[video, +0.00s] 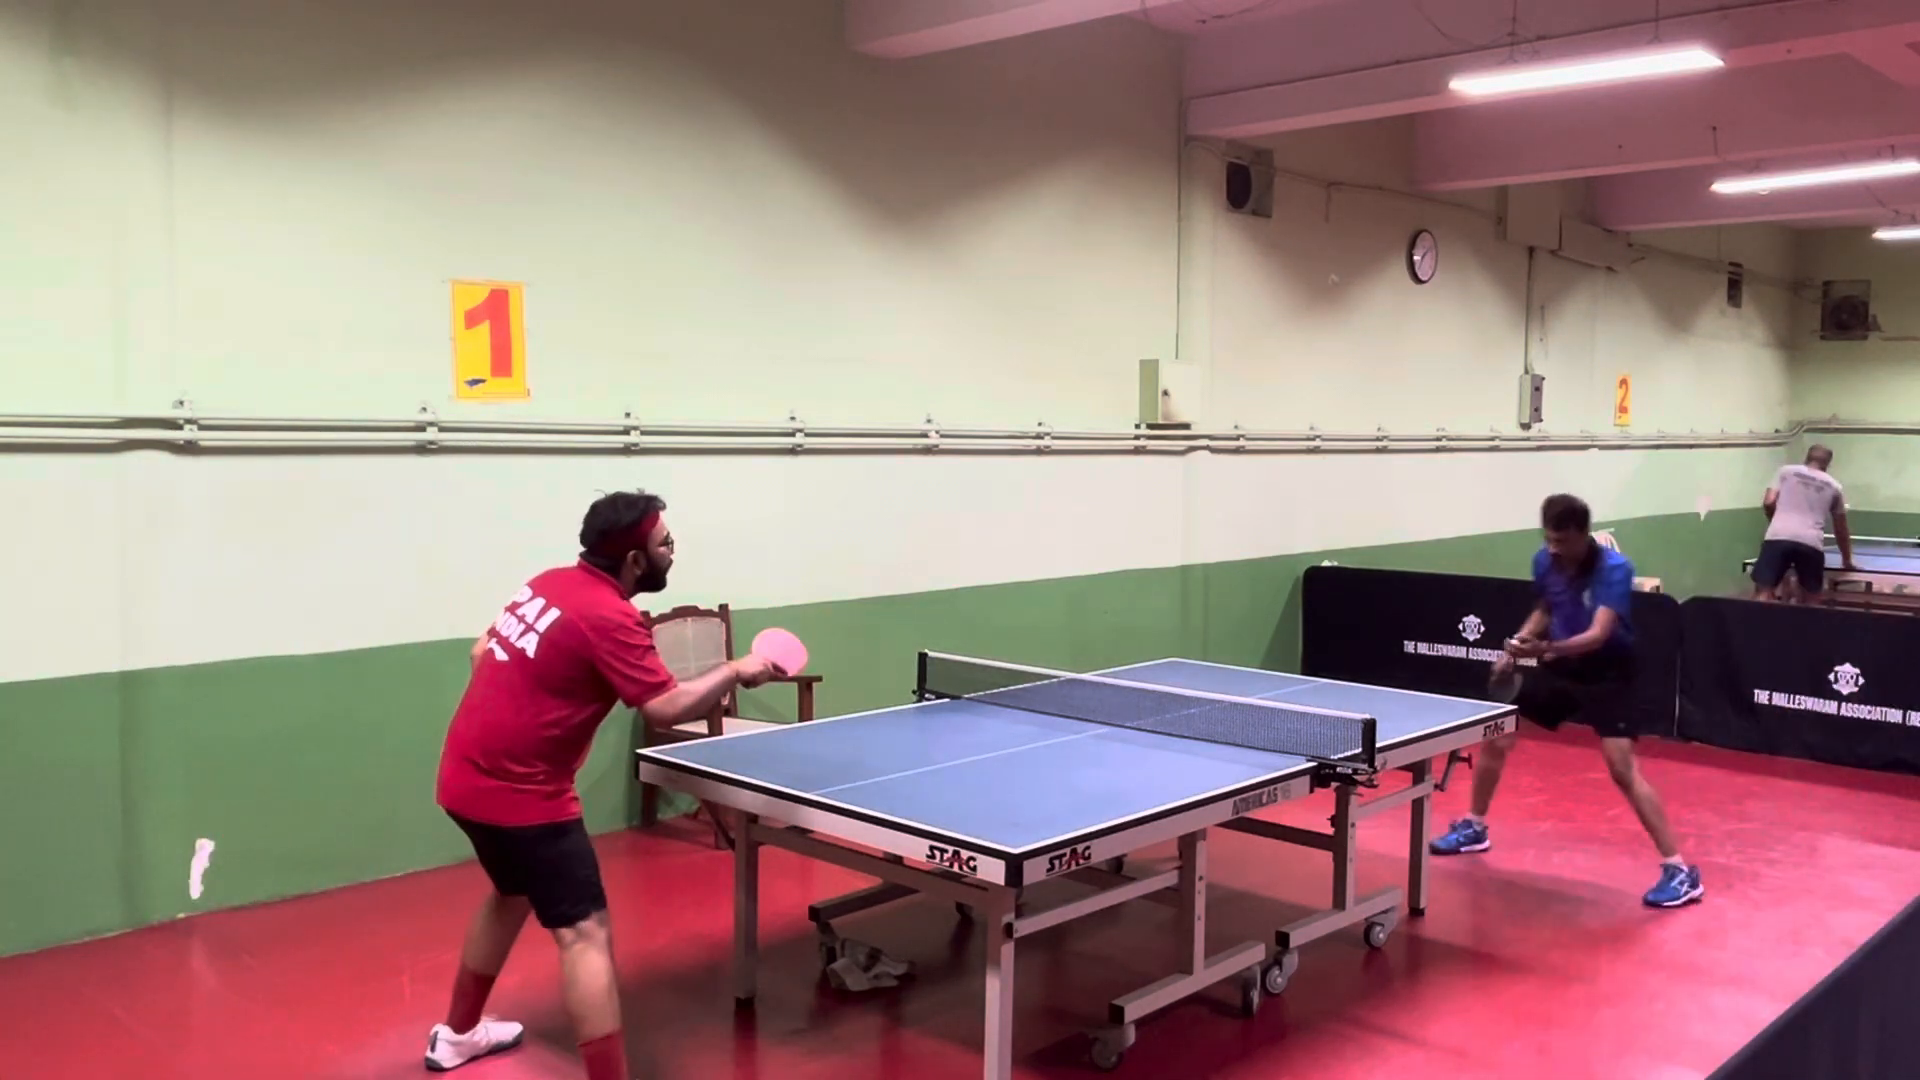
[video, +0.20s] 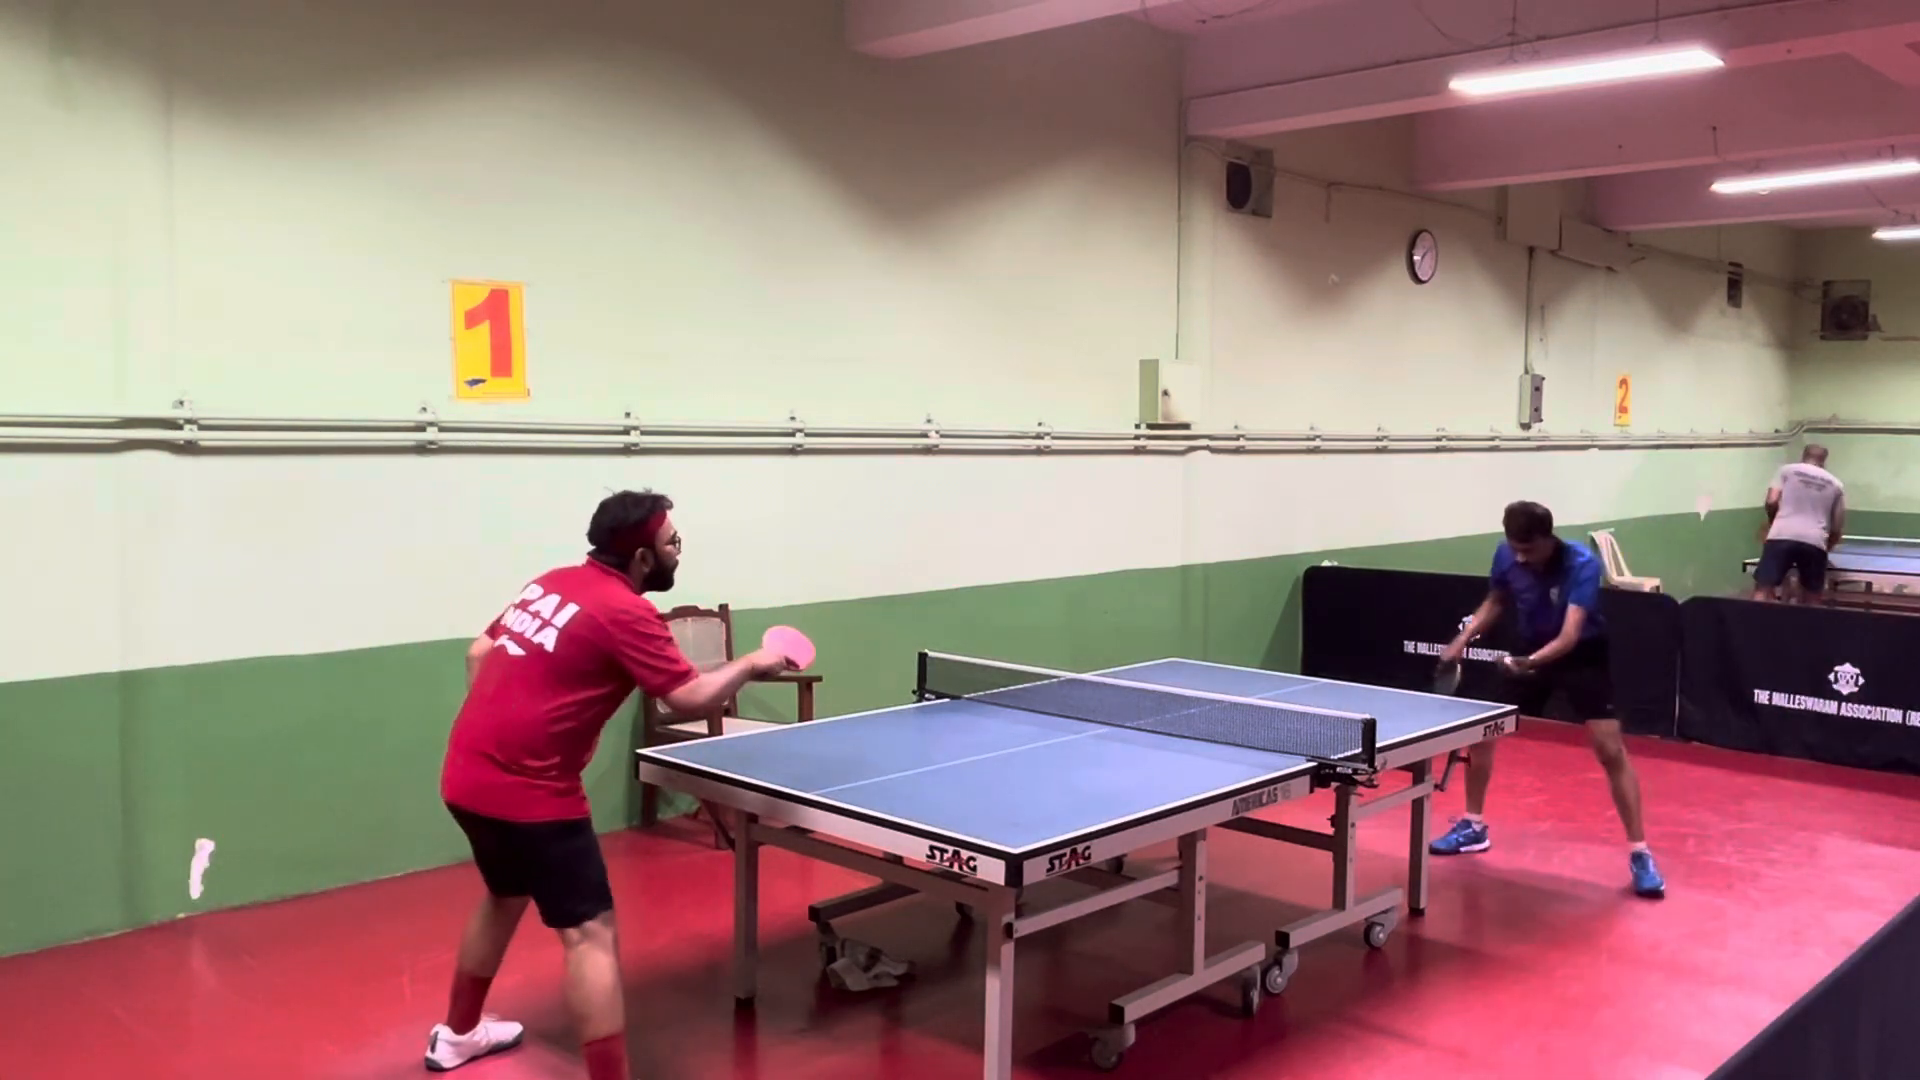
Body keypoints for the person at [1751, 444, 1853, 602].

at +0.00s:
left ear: (1806, 459)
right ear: (1827, 464)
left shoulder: (1785, 471)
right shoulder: (1834, 487)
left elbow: (1768, 502)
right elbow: (1841, 530)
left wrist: (1776, 522)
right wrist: (1847, 562)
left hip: (1777, 540)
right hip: (1810, 546)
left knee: (1764, 593)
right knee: (1812, 600)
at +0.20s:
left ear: (1803, 457)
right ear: (1823, 461)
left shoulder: (1786, 470)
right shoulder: (1836, 484)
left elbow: (1771, 501)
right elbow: (1836, 530)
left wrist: (1775, 524)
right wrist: (1823, 549)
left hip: (1781, 538)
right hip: (1814, 544)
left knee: (1763, 591)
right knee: (1813, 598)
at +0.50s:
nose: (1784, 459)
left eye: (1783, 456)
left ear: (1783, 455)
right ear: (1802, 457)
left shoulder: (1772, 471)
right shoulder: (1818, 482)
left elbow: (1760, 501)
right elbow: (1817, 521)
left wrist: (1749, 520)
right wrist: (1808, 530)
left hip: (1769, 540)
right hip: (1801, 545)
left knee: (1751, 593)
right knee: (1805, 600)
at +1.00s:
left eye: (1739, 450)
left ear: (1739, 450)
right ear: (1760, 450)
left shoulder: (1729, 471)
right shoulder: (1779, 473)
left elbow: (1724, 507)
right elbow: (1785, 514)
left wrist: (1725, 517)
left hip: (1736, 546)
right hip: (1768, 547)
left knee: (1733, 601)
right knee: (1769, 601)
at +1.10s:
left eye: (1737, 449)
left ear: (1736, 449)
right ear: (1758, 450)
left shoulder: (1726, 472)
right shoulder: (1777, 473)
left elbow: (1720, 509)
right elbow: (1784, 514)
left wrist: (1712, 515)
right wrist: (1766, 510)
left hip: (1735, 546)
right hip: (1766, 546)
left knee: (1732, 602)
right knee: (1767, 601)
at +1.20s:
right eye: (1755, 448)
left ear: (1736, 450)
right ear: (1758, 450)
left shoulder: (1724, 472)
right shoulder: (1776, 473)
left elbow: (1717, 509)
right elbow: (1783, 514)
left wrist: (1720, 522)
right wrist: (1764, 512)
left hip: (1734, 545)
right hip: (1766, 545)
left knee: (1732, 600)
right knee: (1767, 600)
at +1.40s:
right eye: (1761, 451)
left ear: (1740, 452)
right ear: (1761, 452)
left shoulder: (1725, 471)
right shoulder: (1776, 475)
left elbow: (1714, 507)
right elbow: (1783, 516)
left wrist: (1727, 518)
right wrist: (1775, 534)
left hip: (1734, 544)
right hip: (1766, 544)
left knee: (1732, 599)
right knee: (1766, 600)